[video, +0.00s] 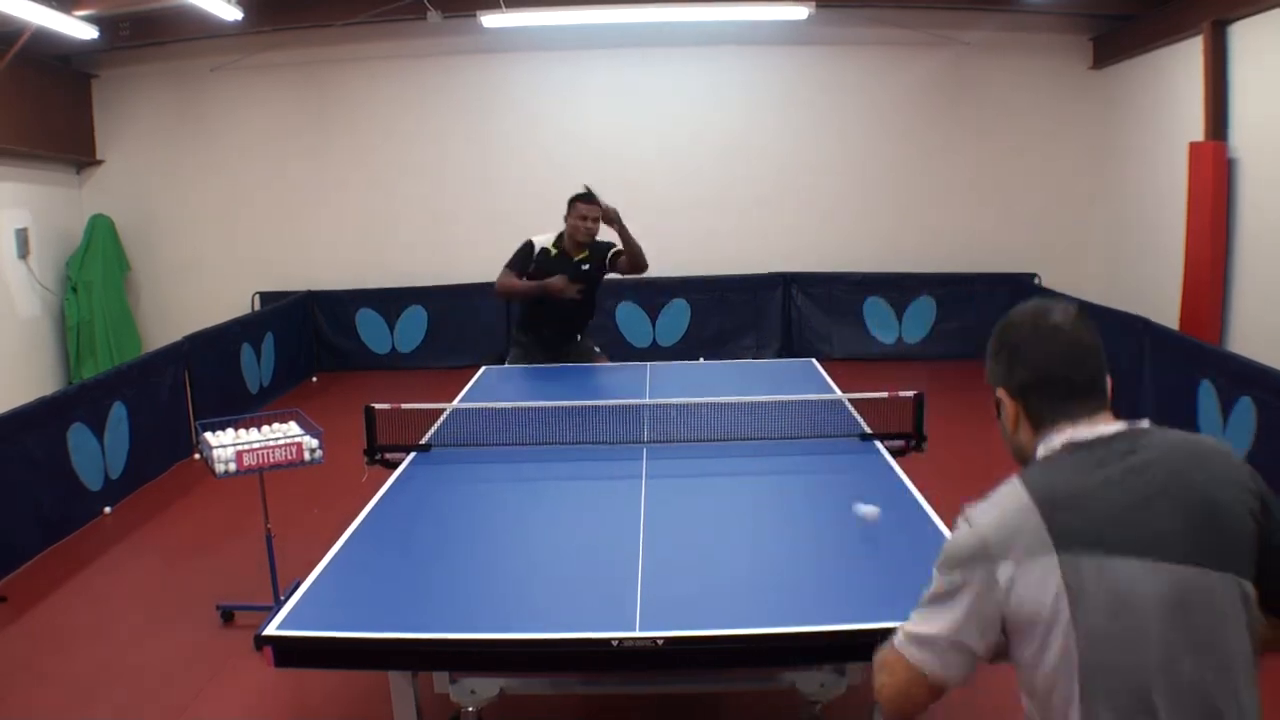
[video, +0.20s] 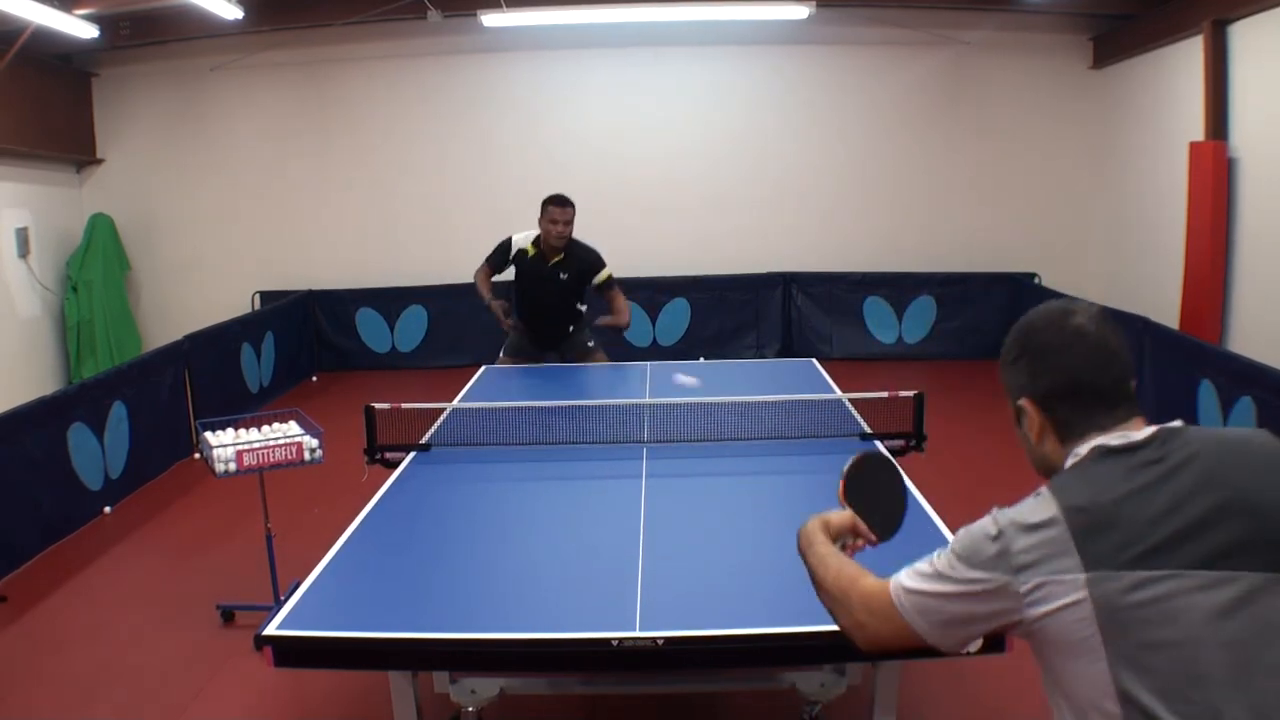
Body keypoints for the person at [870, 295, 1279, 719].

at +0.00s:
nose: (1000, 423)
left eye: (997, 409)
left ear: (1010, 410)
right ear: (1108, 387)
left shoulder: (1002, 526)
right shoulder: (1227, 471)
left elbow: (898, 693)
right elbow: (1269, 623)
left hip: (1079, 708)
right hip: (1226, 708)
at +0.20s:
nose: (1017, 432)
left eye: (1014, 415)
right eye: (1015, 416)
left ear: (1033, 418)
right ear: (1130, 390)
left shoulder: (1032, 537)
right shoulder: (1261, 457)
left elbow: (874, 622)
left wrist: (814, 538)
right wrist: (1026, 602)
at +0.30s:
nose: (1060, 419)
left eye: (1056, 401)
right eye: (1055, 402)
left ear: (1077, 401)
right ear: (1175, 374)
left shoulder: (1072, 528)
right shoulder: (1269, 456)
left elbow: (888, 625)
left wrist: (832, 525)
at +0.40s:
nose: (1096, 417)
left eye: (1096, 400)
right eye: (1093, 398)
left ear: (1126, 412)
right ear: (1219, 391)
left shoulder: (1125, 548)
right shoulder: (1270, 474)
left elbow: (933, 666)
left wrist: (871, 559)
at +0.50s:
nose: (1108, 400)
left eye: (1108, 380)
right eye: (1107, 380)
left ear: (1139, 388)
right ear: (1230, 364)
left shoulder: (1164, 518)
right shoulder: (1274, 444)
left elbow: (1004, 694)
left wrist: (906, 627)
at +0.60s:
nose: (1100, 420)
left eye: (1099, 395)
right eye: (1097, 396)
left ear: (1132, 398)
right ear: (1219, 374)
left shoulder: (1170, 526)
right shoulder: (1270, 441)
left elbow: (1080, 707)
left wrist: (974, 714)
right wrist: (1005, 708)